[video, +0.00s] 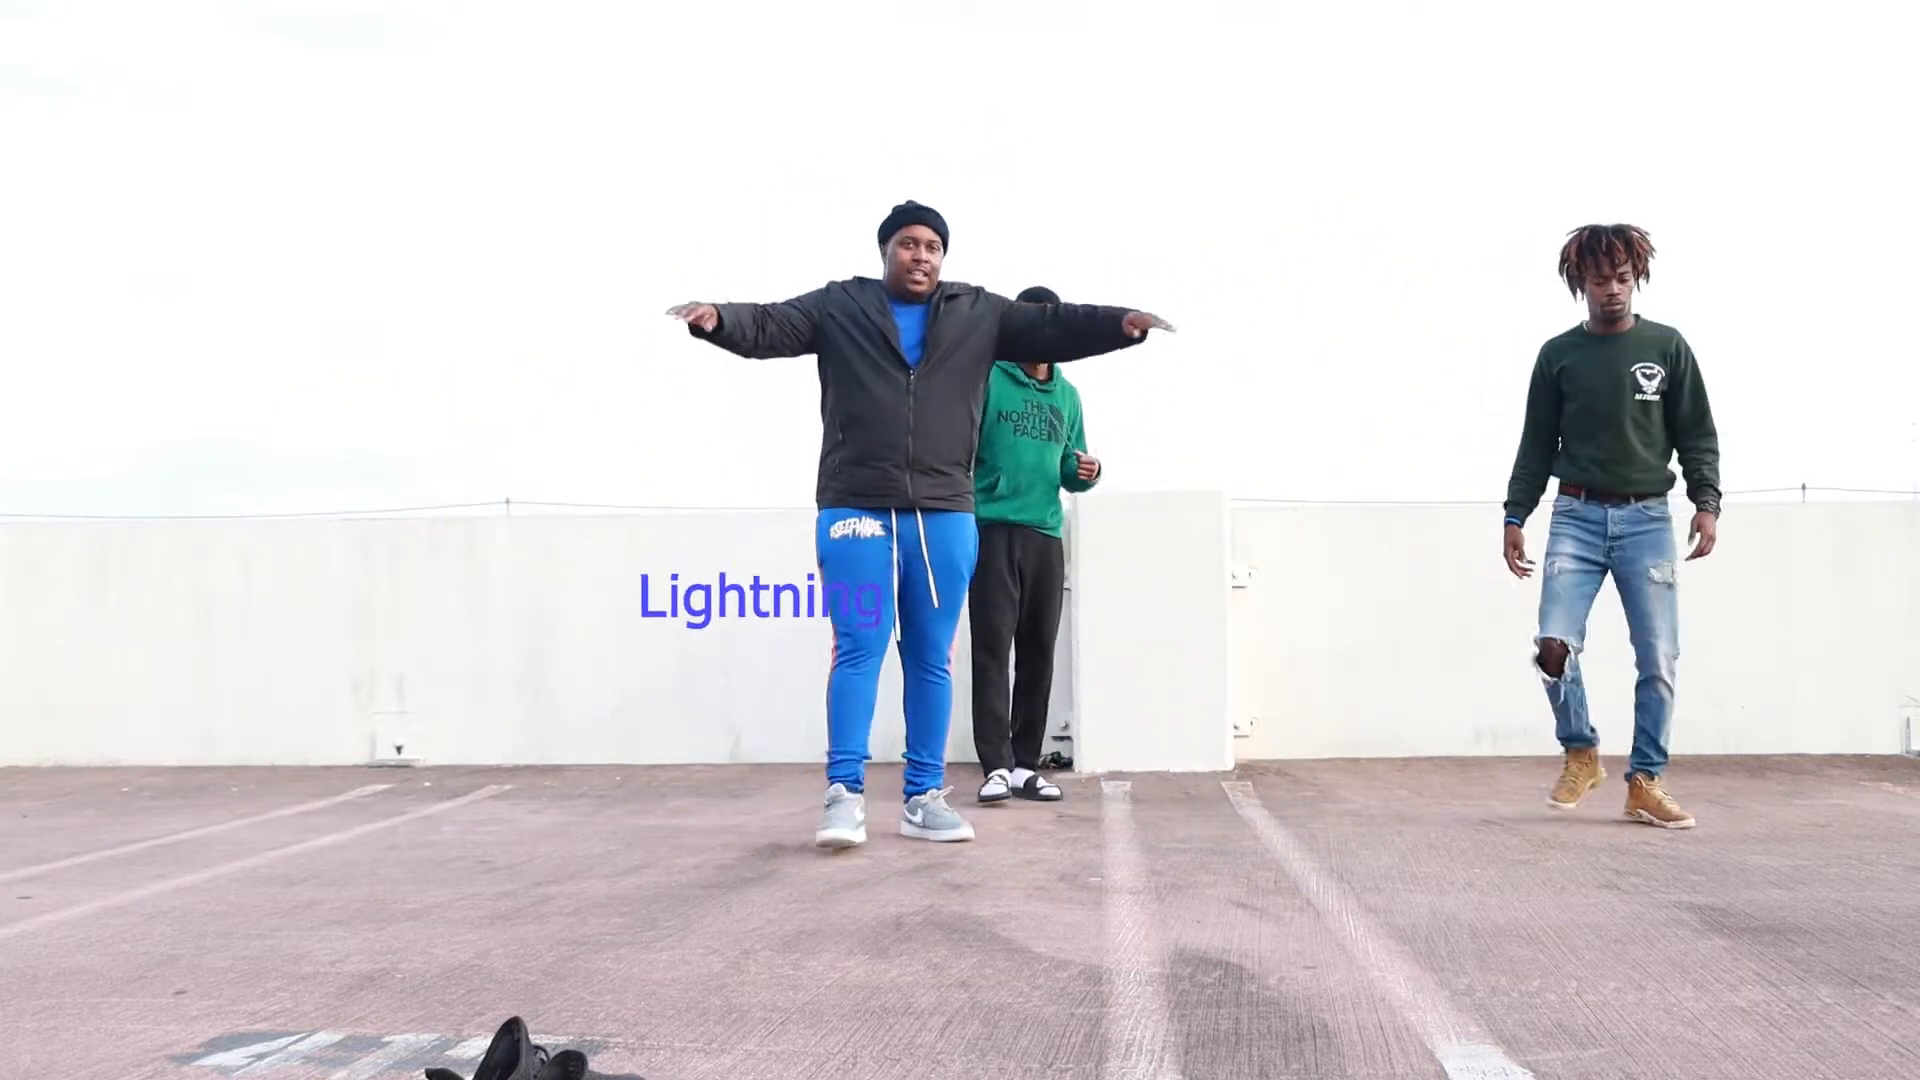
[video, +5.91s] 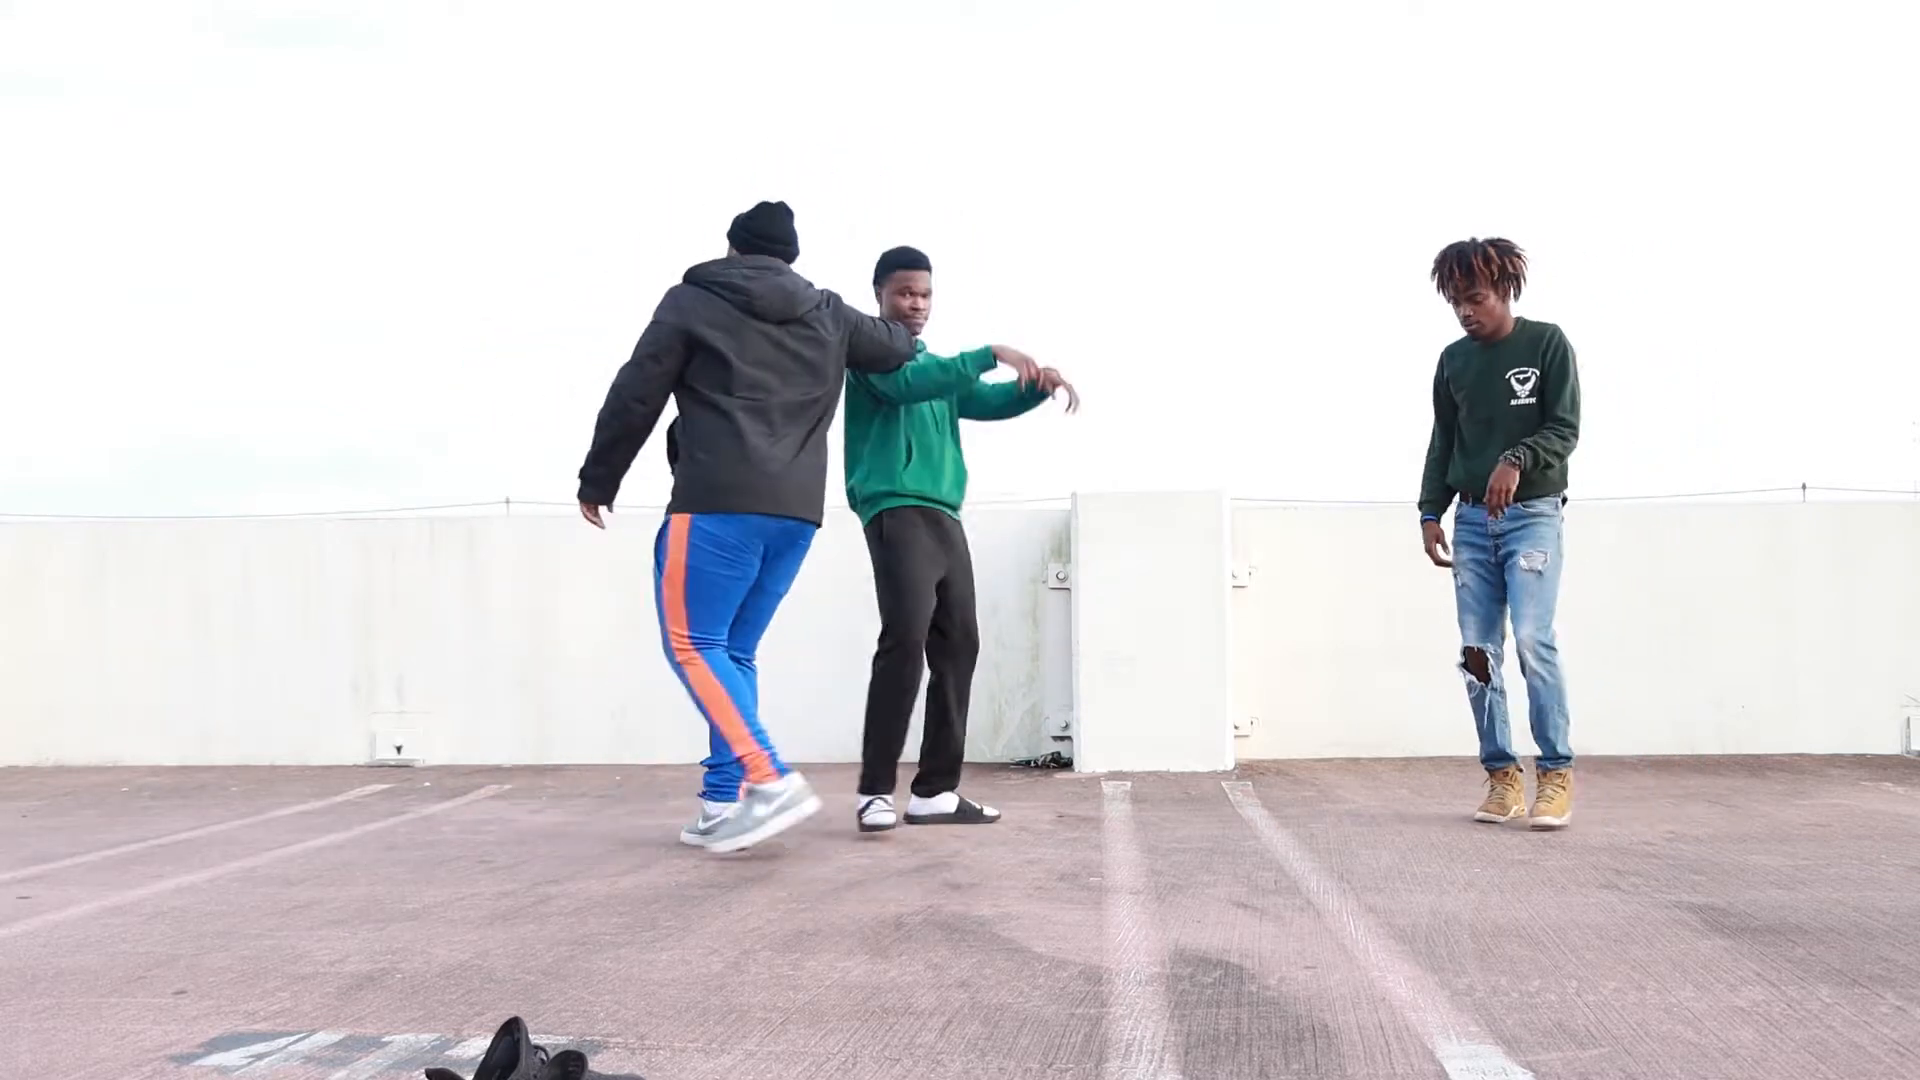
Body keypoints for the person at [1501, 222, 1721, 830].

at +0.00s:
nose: (1612, 289)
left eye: (1622, 277)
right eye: (1599, 279)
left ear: (1637, 277)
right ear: (1580, 282)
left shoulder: (1667, 347)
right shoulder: (1557, 354)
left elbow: (1696, 431)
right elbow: (1537, 443)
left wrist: (1705, 503)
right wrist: (1514, 516)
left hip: (1648, 517)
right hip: (1575, 516)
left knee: (1660, 657)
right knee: (1553, 648)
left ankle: (1646, 781)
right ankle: (1579, 754)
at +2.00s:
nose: (1588, 301)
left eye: (1597, 287)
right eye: (1576, 291)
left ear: (1620, 283)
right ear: (1563, 292)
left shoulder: (1659, 349)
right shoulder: (1547, 361)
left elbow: (1685, 441)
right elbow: (1539, 450)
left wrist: (1686, 525)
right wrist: (1540, 523)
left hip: (1645, 518)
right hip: (1571, 521)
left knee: (1662, 656)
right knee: (1563, 653)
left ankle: (1675, 781)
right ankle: (1573, 786)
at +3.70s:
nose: (1507, 317)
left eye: (1517, 304)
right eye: (1496, 308)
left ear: (1542, 297)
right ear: (1486, 309)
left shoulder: (1586, 357)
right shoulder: (1484, 374)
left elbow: (1638, 432)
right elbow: (1478, 464)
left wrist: (1605, 502)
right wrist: (1463, 535)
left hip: (1571, 528)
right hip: (1505, 530)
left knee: (1585, 659)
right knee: (1490, 654)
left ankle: (1625, 782)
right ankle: (1499, 778)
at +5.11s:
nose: (1486, 310)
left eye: (1497, 297)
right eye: (1476, 299)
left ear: (1522, 292)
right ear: (1466, 299)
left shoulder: (1559, 342)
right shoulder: (1455, 352)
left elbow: (1591, 426)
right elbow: (1442, 435)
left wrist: (1593, 505)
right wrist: (1431, 506)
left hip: (1543, 518)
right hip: (1474, 518)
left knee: (1540, 654)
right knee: (1459, 641)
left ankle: (1534, 775)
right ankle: (1495, 762)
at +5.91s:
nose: (1464, 312)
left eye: (1475, 299)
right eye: (1456, 302)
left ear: (1507, 291)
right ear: (1451, 300)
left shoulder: (1546, 342)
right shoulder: (1453, 358)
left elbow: (1563, 428)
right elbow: (1443, 437)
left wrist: (1518, 459)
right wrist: (1430, 511)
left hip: (1532, 516)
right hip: (1471, 520)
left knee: (1531, 641)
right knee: (1479, 651)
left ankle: (1555, 771)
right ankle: (1502, 774)